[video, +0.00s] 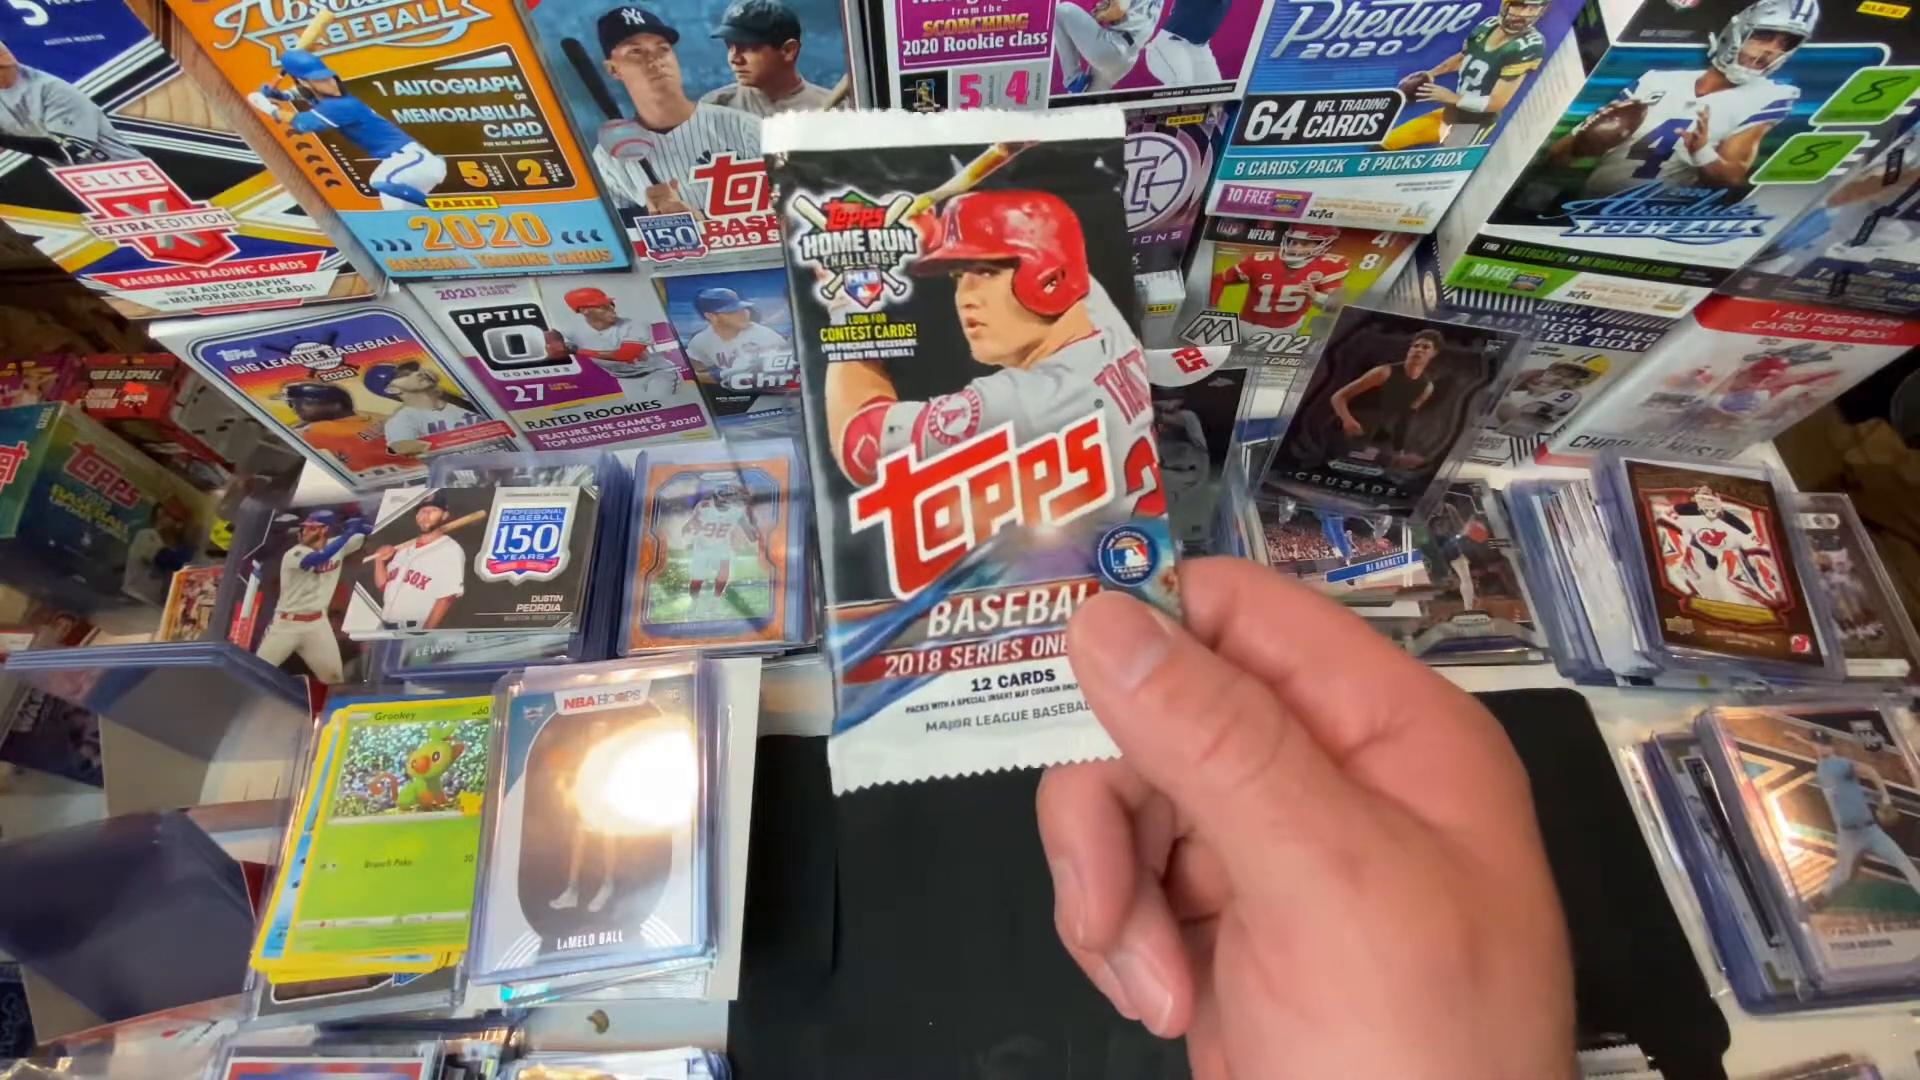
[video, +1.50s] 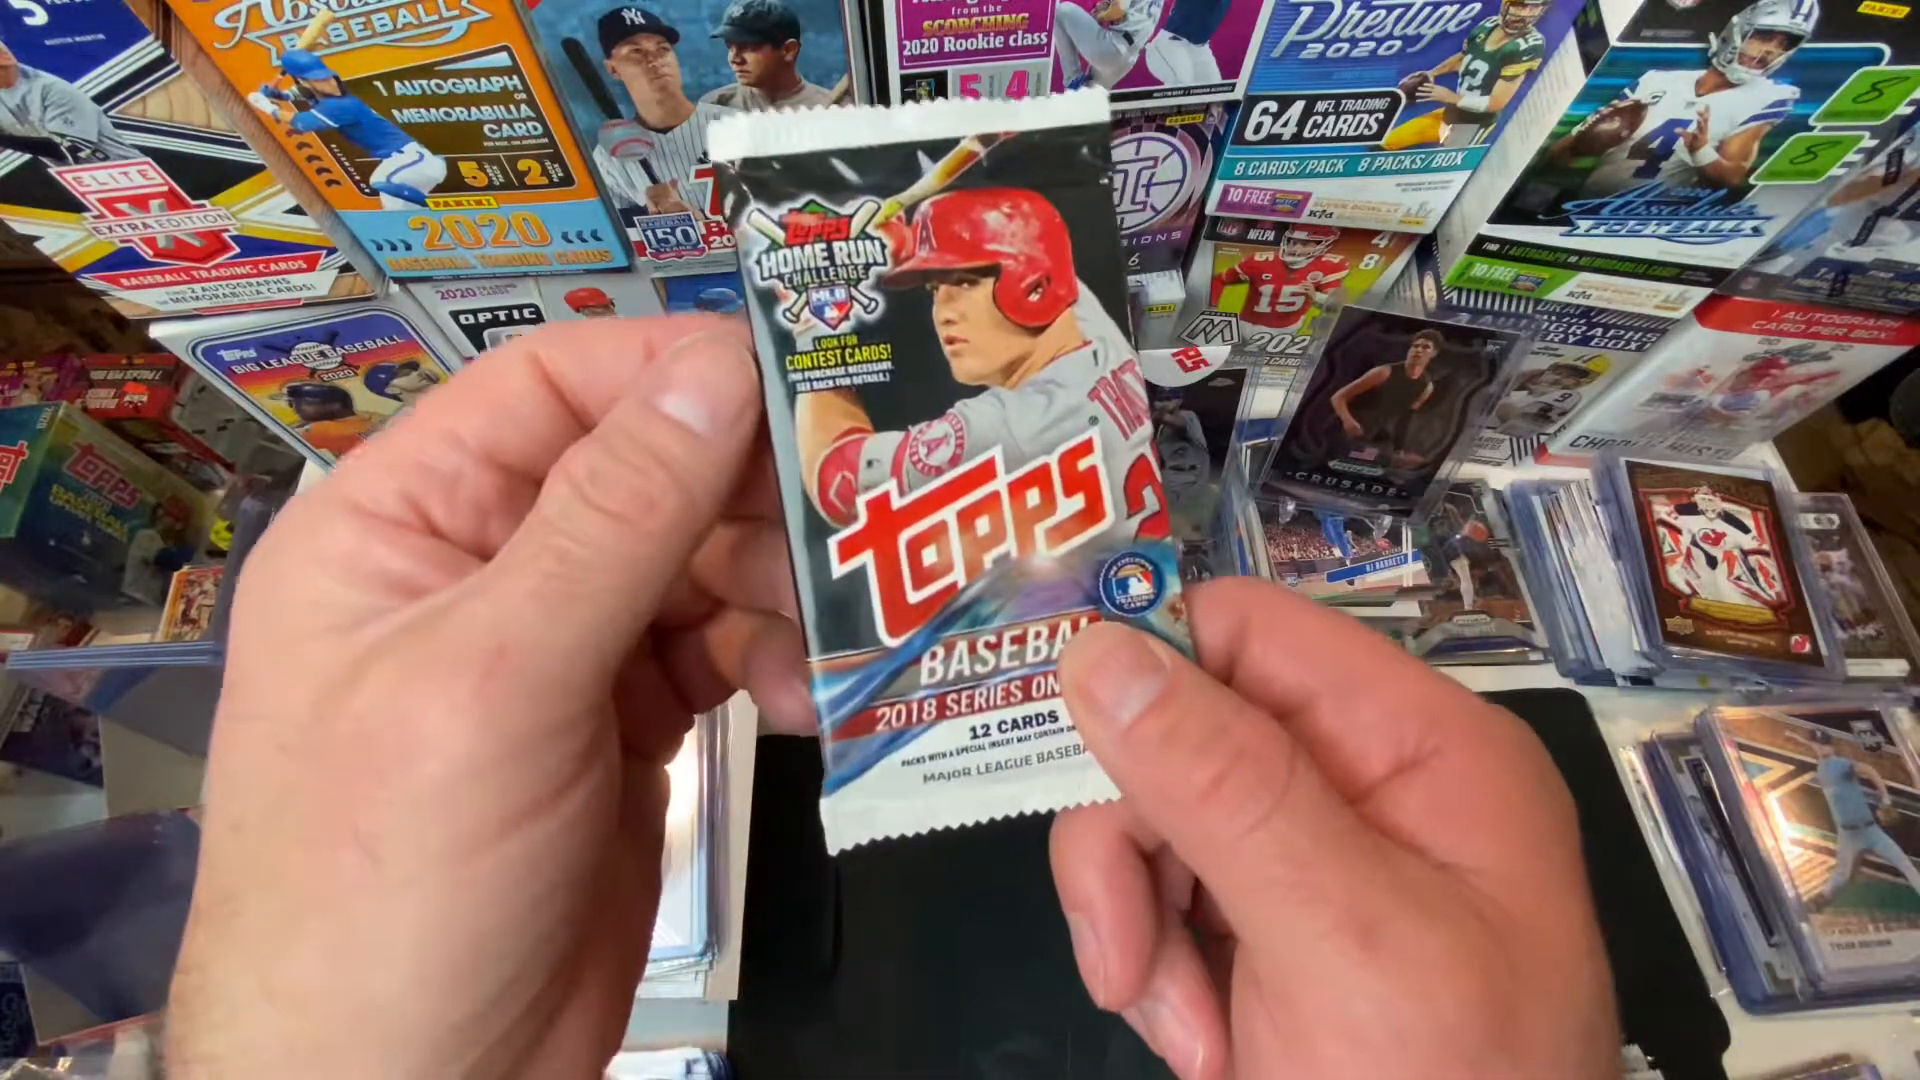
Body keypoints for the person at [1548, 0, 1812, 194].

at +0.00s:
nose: (1771, 52)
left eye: (1784, 46)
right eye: (1765, 37)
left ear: (1789, 57)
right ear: (1738, 33)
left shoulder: (1763, 101)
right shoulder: (1658, 82)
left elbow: (1735, 176)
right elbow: (1558, 156)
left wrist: (1702, 154)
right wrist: (1581, 139)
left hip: (1662, 222)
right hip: (1595, 204)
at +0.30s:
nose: (1771, 53)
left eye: (1783, 46)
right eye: (1765, 38)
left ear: (1788, 57)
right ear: (1738, 33)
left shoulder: (1762, 101)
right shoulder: (1658, 82)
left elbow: (1735, 175)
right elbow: (1558, 156)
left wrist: (1701, 153)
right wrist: (1582, 139)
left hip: (1663, 221)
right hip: (1596, 204)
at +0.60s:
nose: (1770, 53)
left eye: (1783, 46)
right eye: (1764, 38)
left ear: (1788, 57)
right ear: (1737, 33)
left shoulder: (1762, 101)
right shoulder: (1658, 82)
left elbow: (1736, 175)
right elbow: (1557, 156)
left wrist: (1701, 154)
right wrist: (1582, 139)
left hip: (1662, 223)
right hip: (1595, 205)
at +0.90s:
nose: (1770, 52)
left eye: (1783, 45)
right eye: (1764, 37)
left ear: (1788, 56)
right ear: (1737, 32)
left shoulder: (1761, 101)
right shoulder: (1658, 82)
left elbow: (1736, 176)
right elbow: (1558, 155)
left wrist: (1702, 154)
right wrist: (1584, 137)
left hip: (1661, 223)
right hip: (1595, 205)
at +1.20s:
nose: (1770, 52)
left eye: (1783, 45)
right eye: (1764, 37)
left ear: (1789, 56)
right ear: (1737, 33)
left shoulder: (1761, 101)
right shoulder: (1658, 82)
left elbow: (1735, 176)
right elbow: (1558, 155)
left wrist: (1702, 153)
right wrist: (1584, 137)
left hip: (1661, 224)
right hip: (1594, 205)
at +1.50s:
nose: (1769, 52)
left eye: (1782, 45)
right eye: (1764, 37)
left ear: (1788, 57)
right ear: (1737, 32)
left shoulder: (1762, 102)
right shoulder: (1659, 82)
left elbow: (1736, 177)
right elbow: (1555, 157)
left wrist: (1702, 154)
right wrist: (1584, 139)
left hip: (1659, 221)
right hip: (1592, 202)